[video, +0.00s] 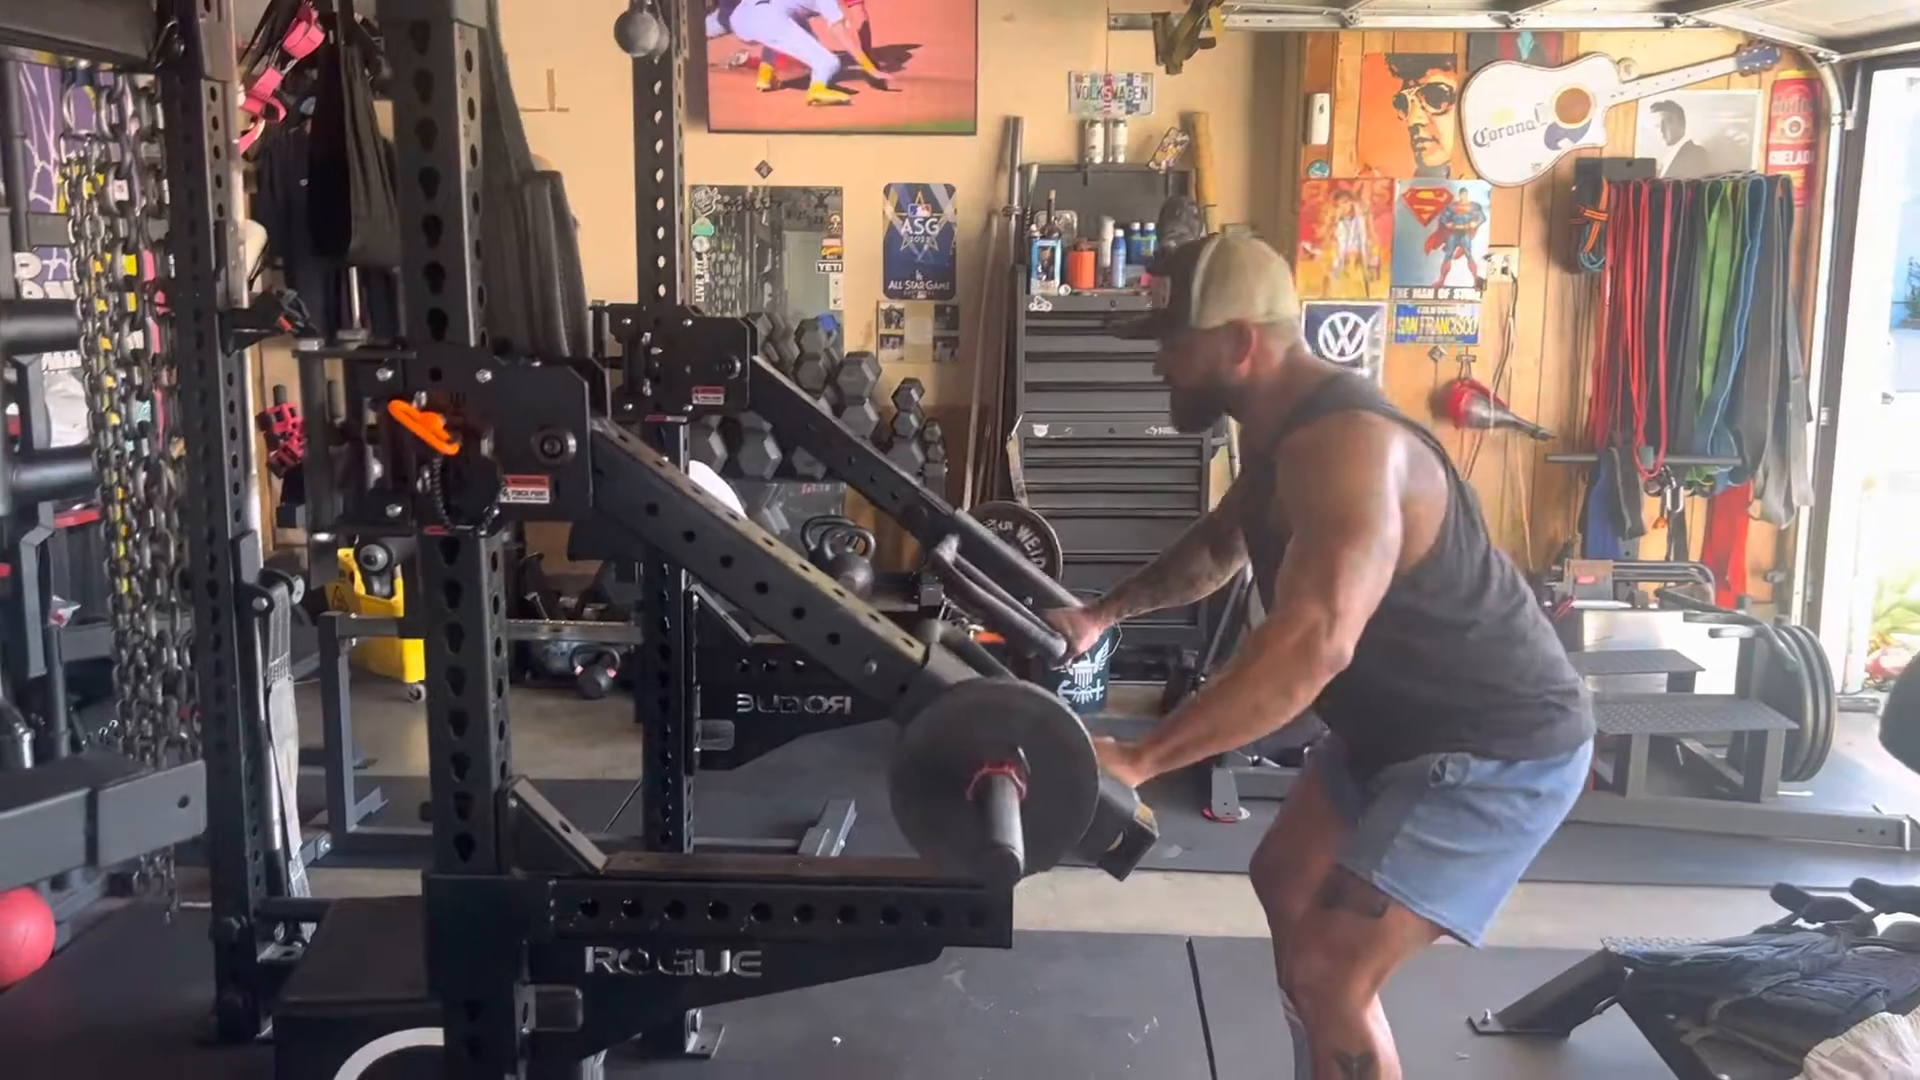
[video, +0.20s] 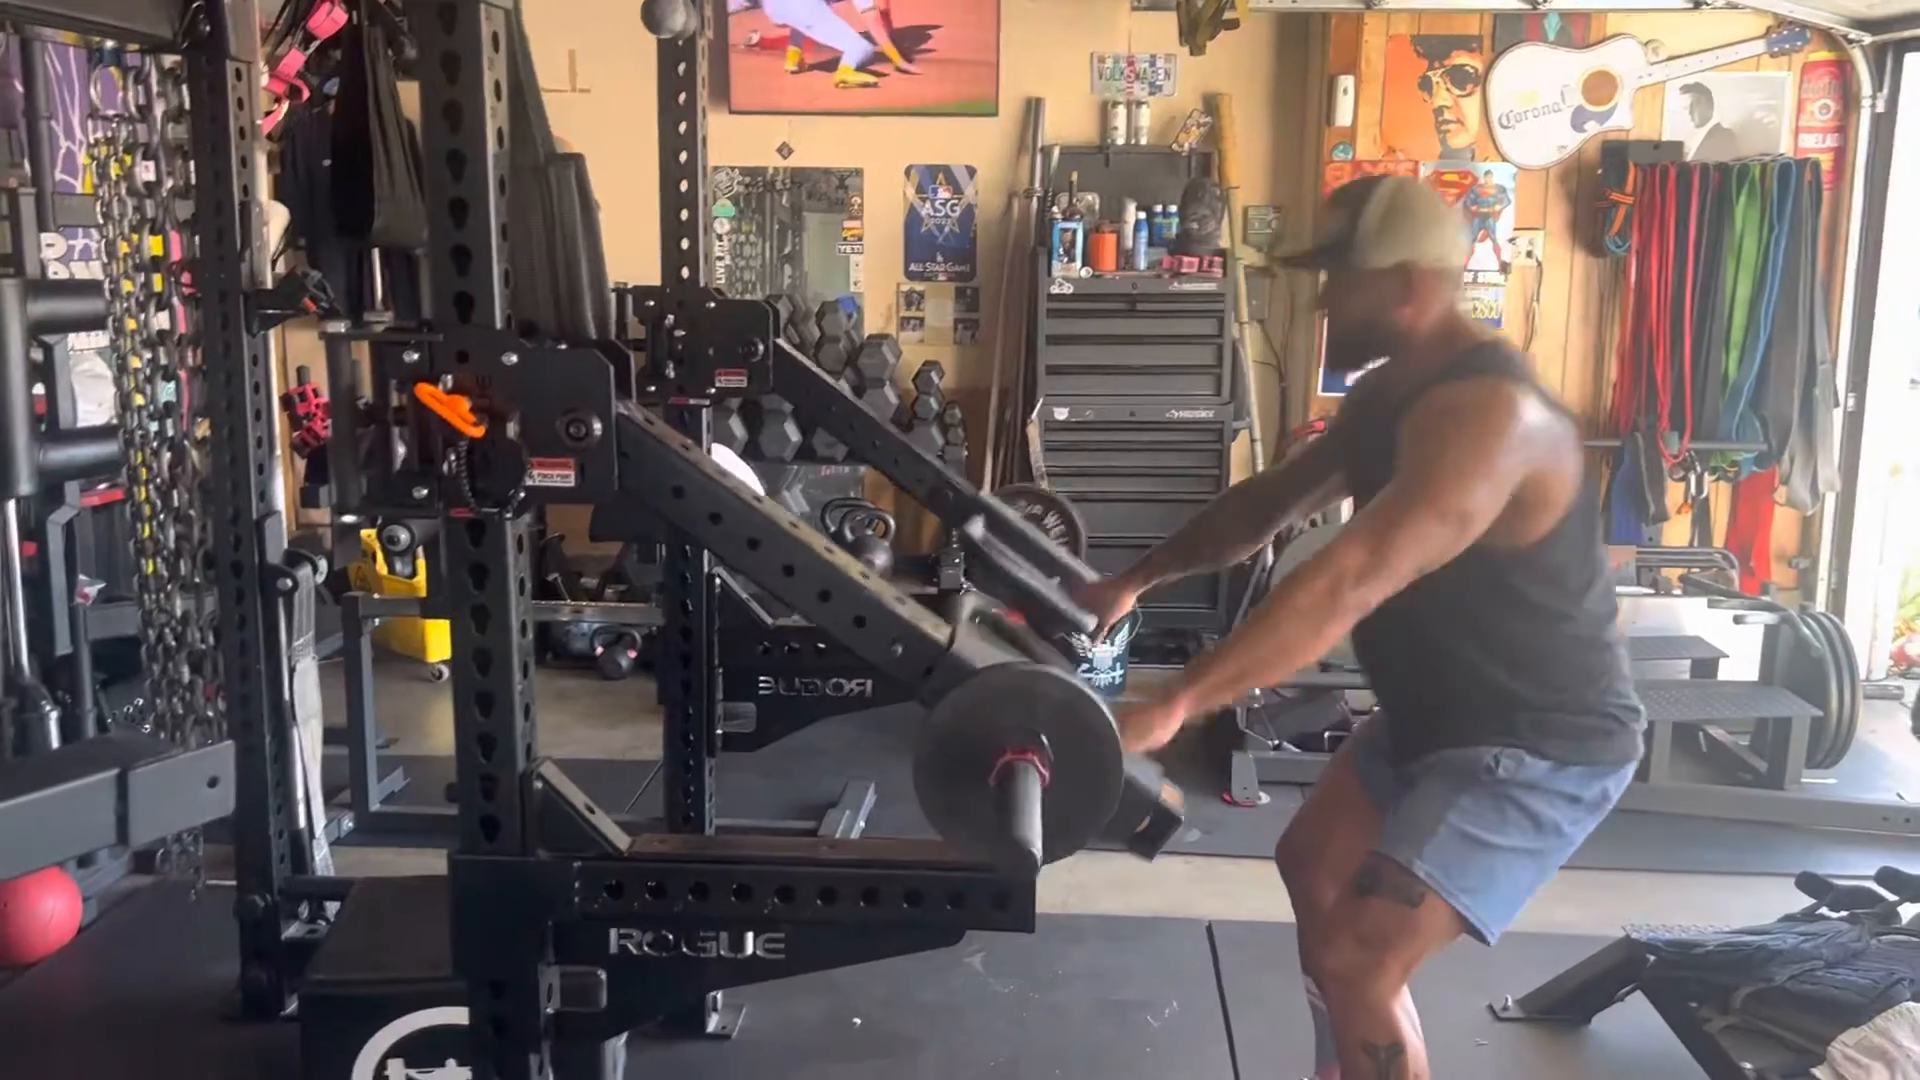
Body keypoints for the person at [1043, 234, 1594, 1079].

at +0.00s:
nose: (1160, 356)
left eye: (1173, 335)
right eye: (1163, 335)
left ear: (1245, 344)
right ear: (1246, 346)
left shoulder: (1348, 448)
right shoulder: (1285, 435)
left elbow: (1310, 644)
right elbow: (1218, 547)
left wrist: (1143, 756)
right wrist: (1103, 610)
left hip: (1498, 742)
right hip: (1401, 721)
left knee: (1329, 975)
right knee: (1285, 878)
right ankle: (1327, 1065)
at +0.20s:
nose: (1322, 292)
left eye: (1339, 272)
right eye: (1326, 271)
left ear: (1412, 288)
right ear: (1408, 290)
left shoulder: (1489, 415)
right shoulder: (1389, 393)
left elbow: (1347, 583)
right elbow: (1268, 502)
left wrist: (1176, 701)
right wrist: (1134, 579)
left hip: (1541, 740)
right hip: (1437, 715)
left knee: (1359, 959)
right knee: (1314, 863)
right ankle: (1349, 1063)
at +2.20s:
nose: (1310, 386)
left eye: (1321, 358)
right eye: (1311, 362)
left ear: (1398, 366)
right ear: (1399, 367)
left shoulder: (1505, 465)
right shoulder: (1418, 457)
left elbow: (1441, 659)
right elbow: (1329, 562)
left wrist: (1253, 754)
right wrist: (1203, 610)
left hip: (1649, 771)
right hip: (1534, 740)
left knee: (1438, 980)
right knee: (1395, 877)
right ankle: (1429, 1062)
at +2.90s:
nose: (1214, 265)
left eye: (1216, 241)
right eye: (1207, 249)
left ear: (1268, 211)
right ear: (1281, 214)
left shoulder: (1377, 294)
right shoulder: (1316, 310)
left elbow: (1406, 236)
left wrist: (1259, 68)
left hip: (1408, 701)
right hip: (1367, 695)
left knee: (1423, 970)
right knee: (1412, 963)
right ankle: (1439, 1072)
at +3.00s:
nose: (1177, 253)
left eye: (1193, 228)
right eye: (1179, 230)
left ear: (1250, 221)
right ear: (1248, 227)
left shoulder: (1332, 290)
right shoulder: (1277, 304)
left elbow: (1311, 167)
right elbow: (1212, 196)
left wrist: (1189, 8)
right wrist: (1166, 98)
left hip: (1402, 696)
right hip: (1366, 692)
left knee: (1424, 971)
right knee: (1413, 962)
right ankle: (1438, 1069)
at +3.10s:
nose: (1149, 253)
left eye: (1164, 234)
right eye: (1148, 239)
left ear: (1224, 227)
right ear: (1224, 231)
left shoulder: (1306, 285)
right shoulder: (1258, 299)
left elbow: (1234, 129)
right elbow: (1164, 126)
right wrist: (1110, 41)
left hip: (1404, 692)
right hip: (1365, 686)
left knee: (1423, 966)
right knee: (1413, 956)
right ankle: (1446, 1066)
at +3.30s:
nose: (1135, 268)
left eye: (1157, 249)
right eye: (1150, 252)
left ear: (1206, 247)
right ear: (1208, 250)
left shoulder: (1286, 285)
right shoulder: (1264, 304)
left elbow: (1206, 130)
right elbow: (1188, 127)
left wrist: (1122, 1)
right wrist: (1116, 31)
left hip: (1397, 695)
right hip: (1368, 690)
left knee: (1416, 970)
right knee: (1410, 964)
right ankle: (1448, 1064)